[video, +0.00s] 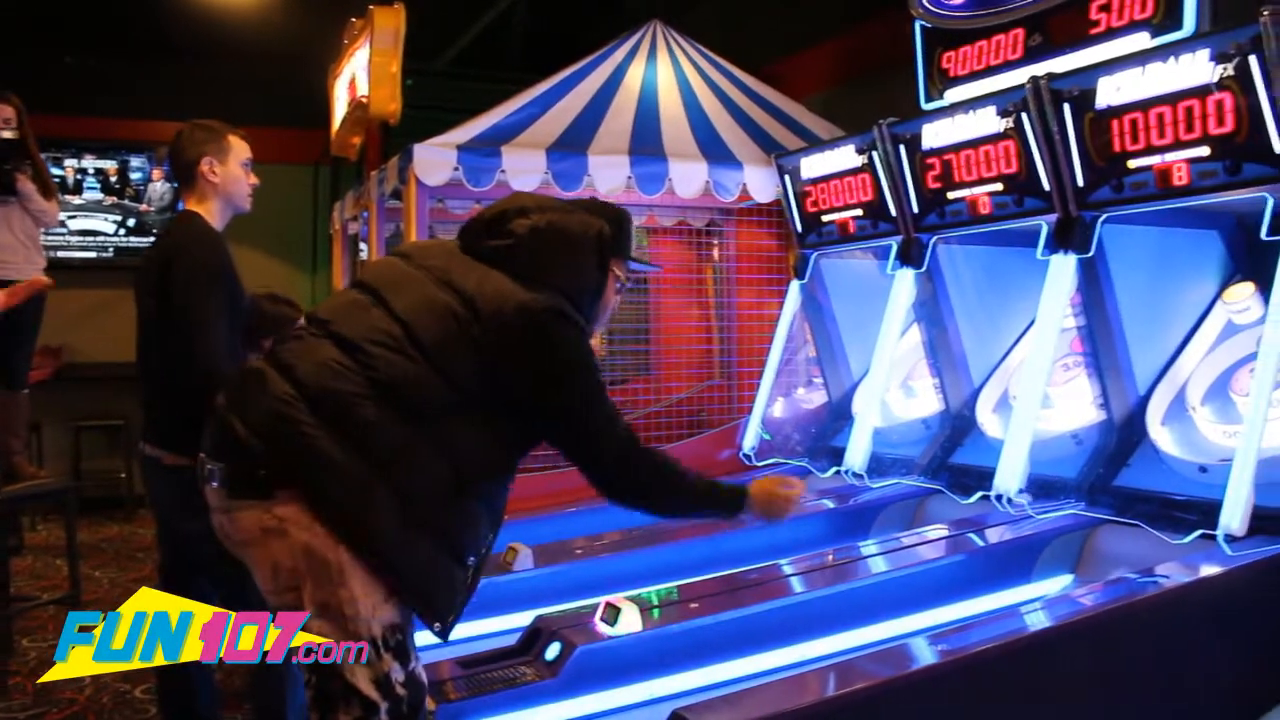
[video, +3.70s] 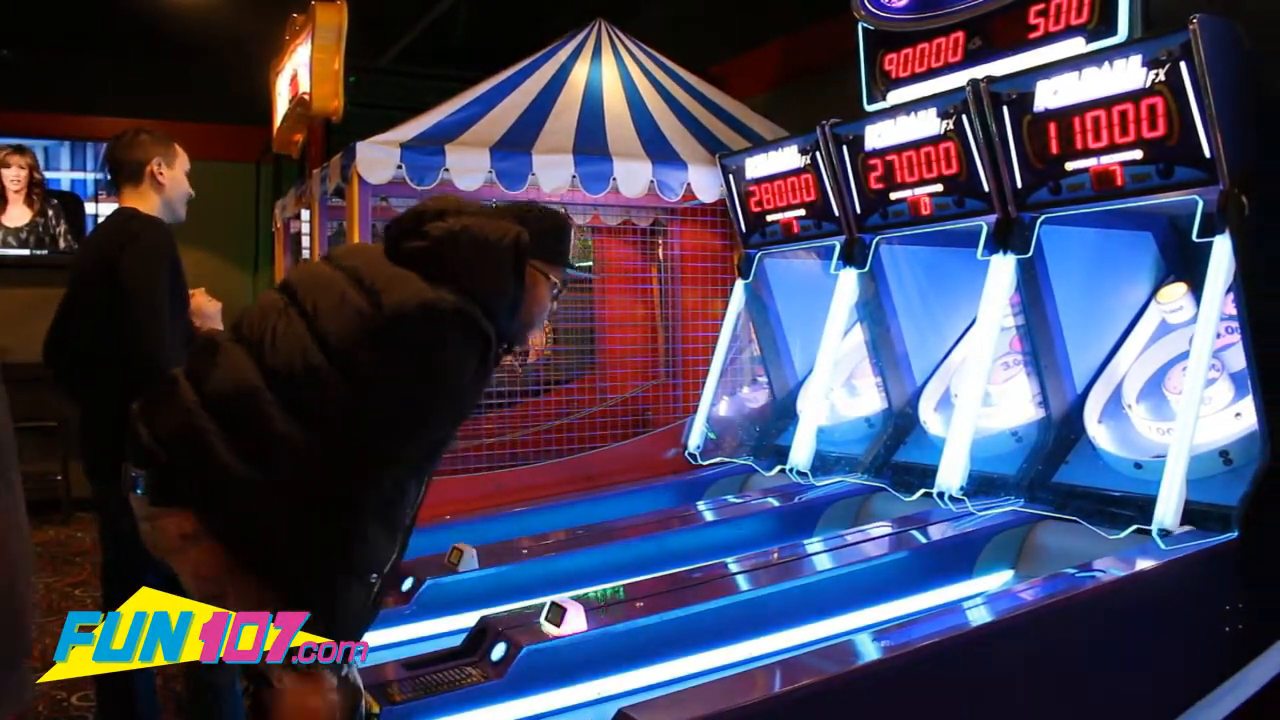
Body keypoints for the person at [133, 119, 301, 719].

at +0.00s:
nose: (254, 178)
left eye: (252, 167)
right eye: (245, 166)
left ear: (204, 172)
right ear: (210, 170)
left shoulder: (174, 241)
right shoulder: (201, 248)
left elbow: (185, 350)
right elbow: (215, 360)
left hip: (165, 447)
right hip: (193, 458)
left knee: (185, 585)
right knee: (221, 589)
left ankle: (185, 698)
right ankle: (191, 698)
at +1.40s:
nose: (230, 199)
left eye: (232, 187)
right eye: (230, 185)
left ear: (181, 172)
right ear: (204, 174)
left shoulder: (141, 235)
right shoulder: (182, 241)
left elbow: (100, 350)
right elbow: (172, 351)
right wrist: (187, 446)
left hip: (142, 452)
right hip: (175, 458)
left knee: (165, 593)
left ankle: (166, 704)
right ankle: (254, 707)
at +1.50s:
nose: (231, 197)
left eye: (232, 183)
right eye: (229, 182)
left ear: (182, 174)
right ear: (205, 172)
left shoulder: (141, 234)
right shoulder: (183, 240)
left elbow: (96, 352)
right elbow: (170, 348)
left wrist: (134, 423)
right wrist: (180, 443)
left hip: (141, 444)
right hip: (173, 448)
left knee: (162, 578)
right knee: (185, 586)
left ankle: (160, 696)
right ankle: (171, 700)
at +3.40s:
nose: (187, 189)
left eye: (185, 174)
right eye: (183, 174)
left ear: (129, 178)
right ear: (156, 173)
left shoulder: (103, 239)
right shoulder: (151, 239)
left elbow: (42, 347)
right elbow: (162, 353)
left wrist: (103, 396)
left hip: (106, 449)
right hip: (145, 456)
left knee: (123, 594)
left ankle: (123, 705)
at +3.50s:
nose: (187, 185)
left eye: (185, 172)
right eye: (183, 172)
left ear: (125, 178)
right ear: (157, 172)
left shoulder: (103, 239)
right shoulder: (152, 238)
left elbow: (50, 349)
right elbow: (160, 353)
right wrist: (211, 321)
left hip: (106, 448)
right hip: (144, 454)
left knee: (124, 593)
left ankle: (125, 706)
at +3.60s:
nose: (189, 185)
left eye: (187, 172)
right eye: (184, 172)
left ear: (127, 177)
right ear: (157, 172)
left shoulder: (102, 241)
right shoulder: (152, 239)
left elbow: (56, 350)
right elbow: (162, 354)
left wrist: (105, 403)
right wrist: (207, 325)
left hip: (109, 451)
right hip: (148, 455)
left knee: (126, 596)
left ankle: (125, 706)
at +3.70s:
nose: (191, 185)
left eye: (189, 171)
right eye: (186, 171)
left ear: (133, 176)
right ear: (158, 172)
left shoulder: (105, 240)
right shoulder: (149, 240)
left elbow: (60, 349)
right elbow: (160, 359)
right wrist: (201, 327)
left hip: (111, 454)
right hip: (144, 460)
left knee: (127, 598)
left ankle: (125, 706)